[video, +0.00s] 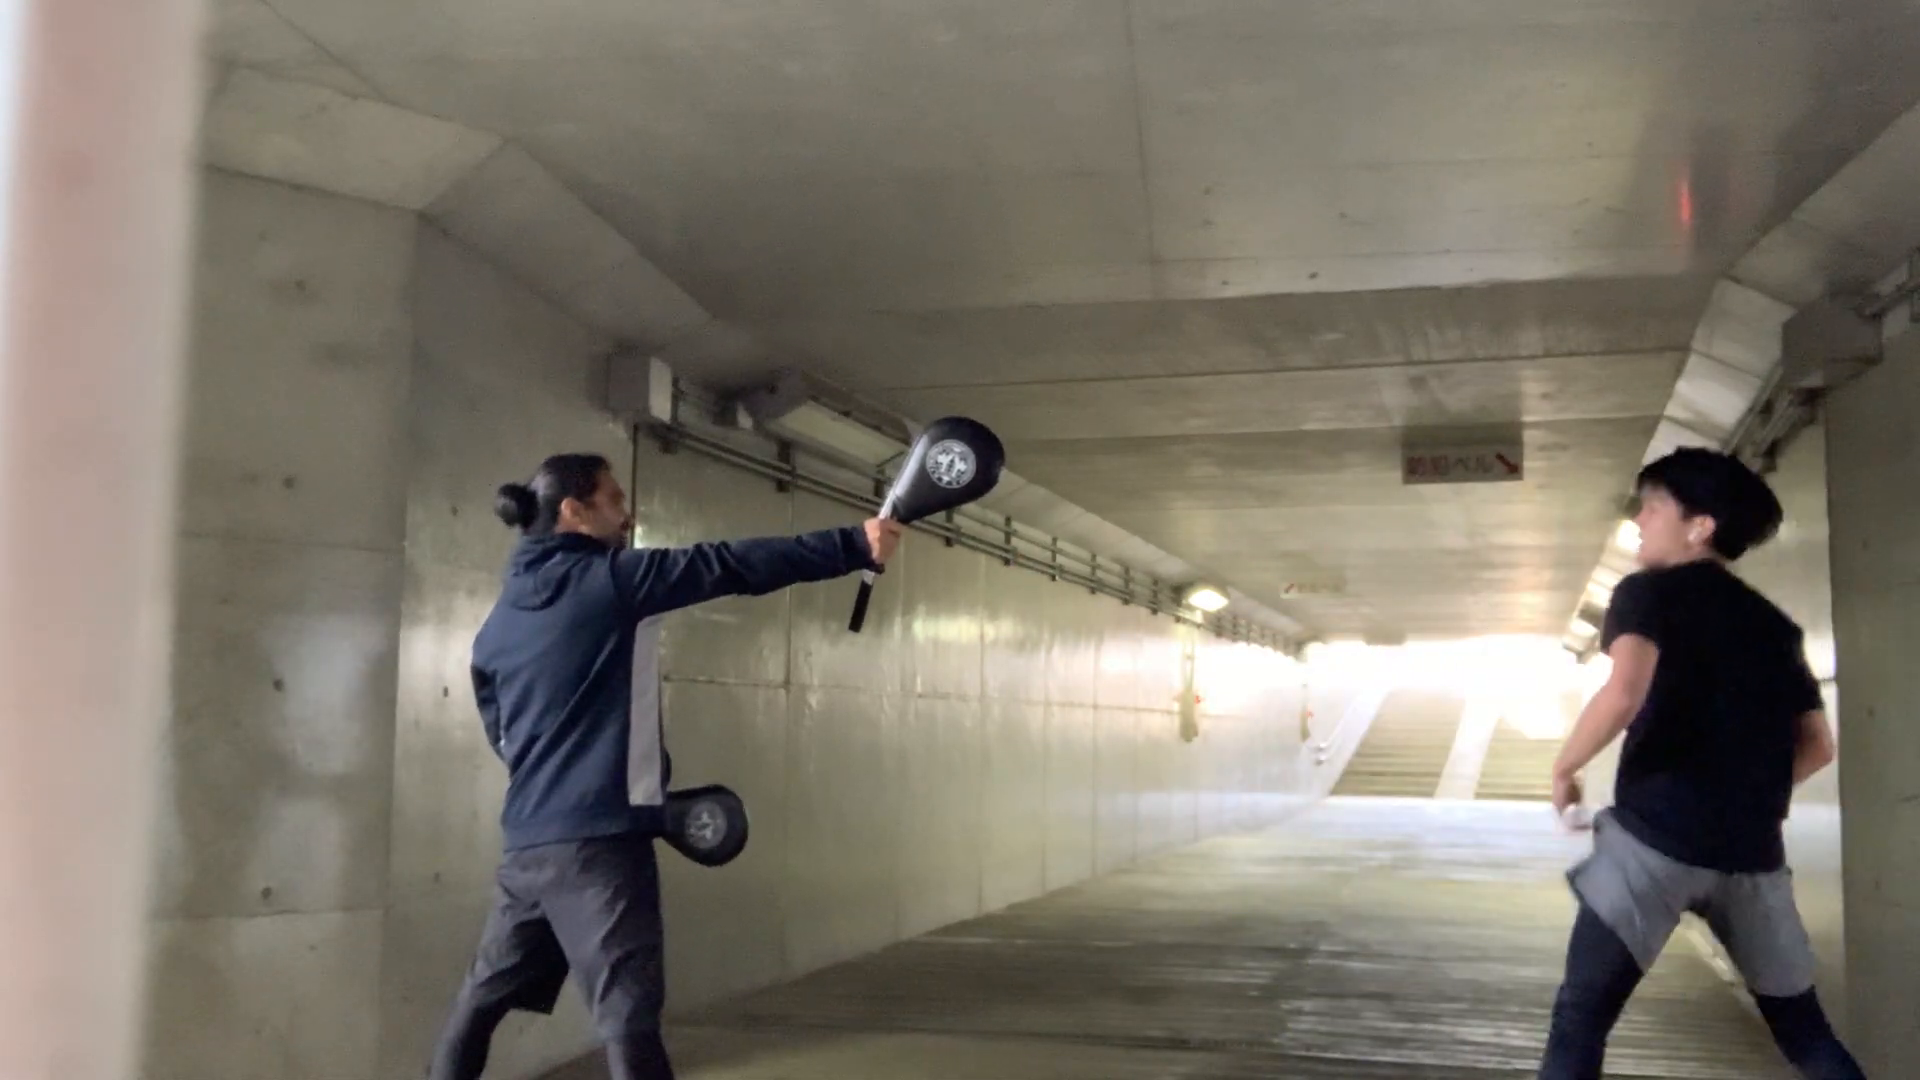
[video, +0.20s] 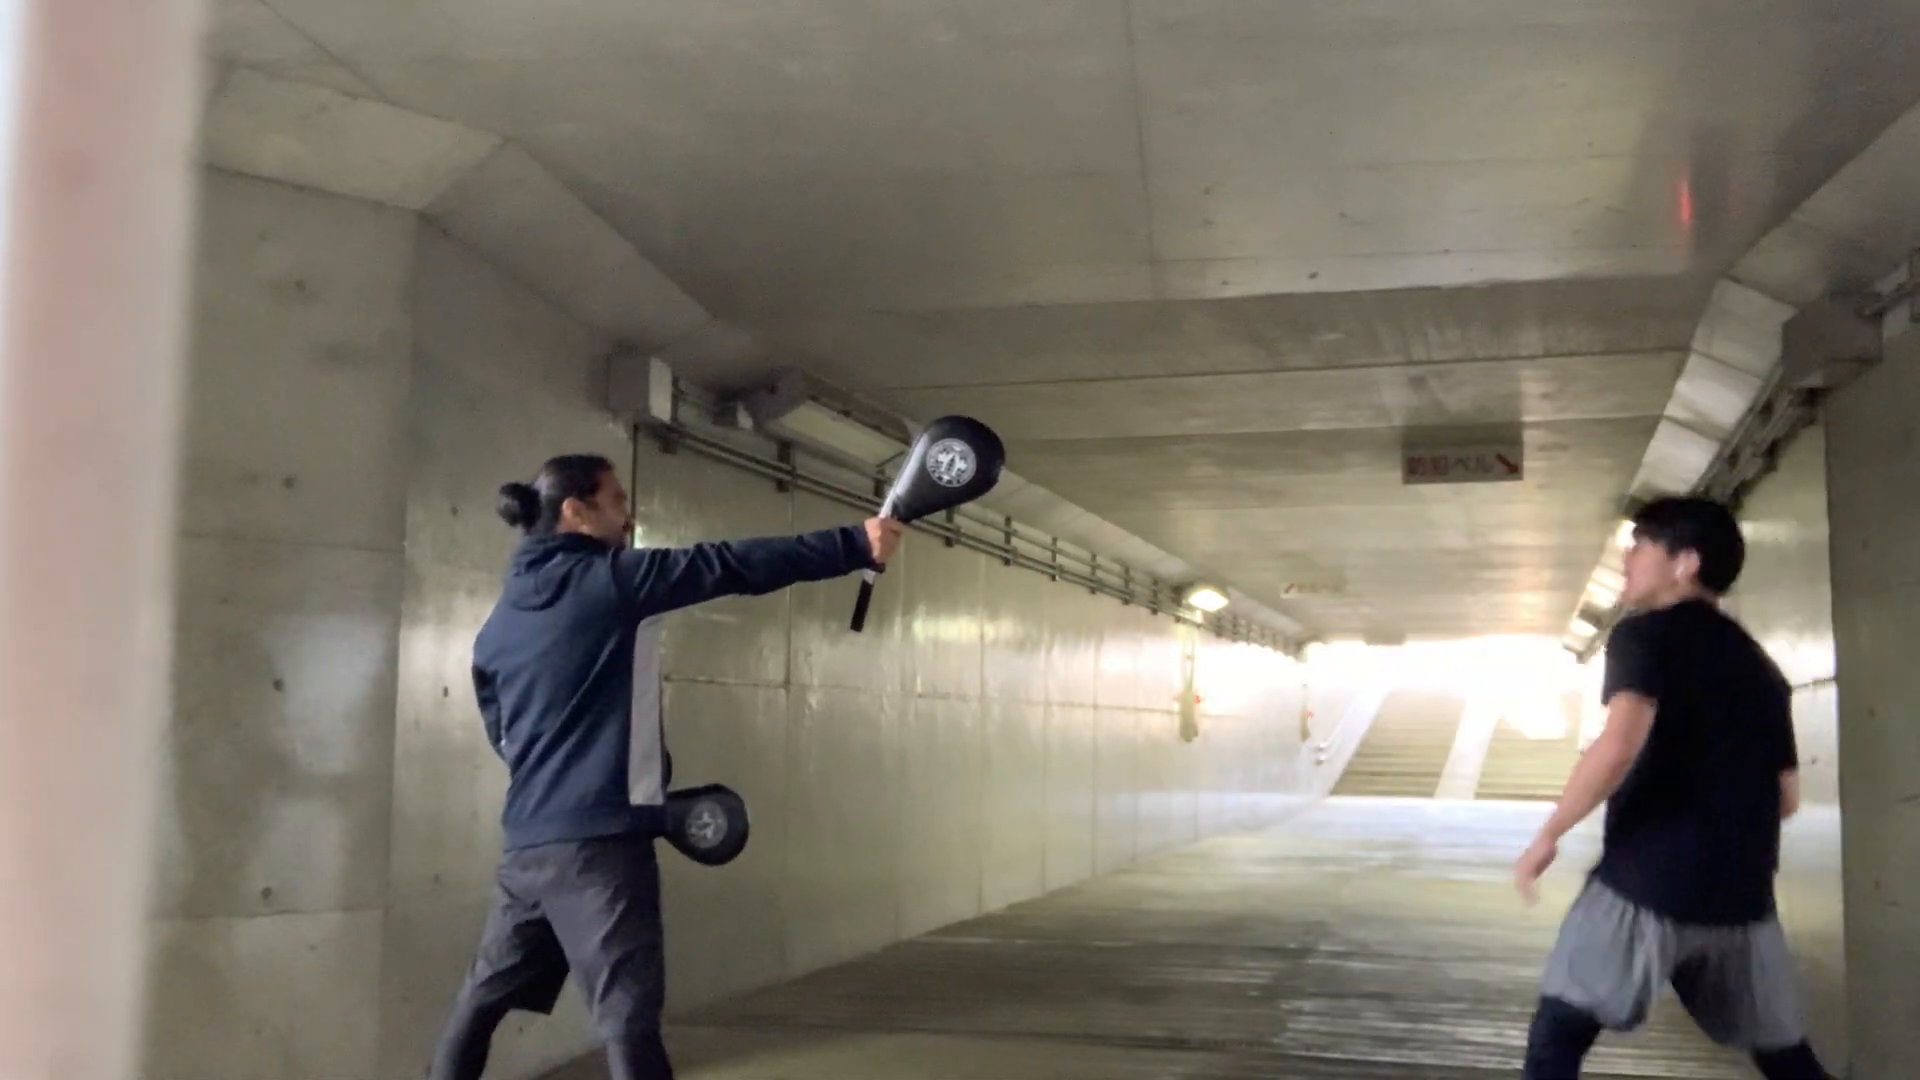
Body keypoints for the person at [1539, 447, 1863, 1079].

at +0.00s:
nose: (1638, 522)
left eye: (1650, 509)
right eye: (1642, 508)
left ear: (1700, 527)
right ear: (1706, 531)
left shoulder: (1649, 591)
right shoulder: (1775, 623)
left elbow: (1627, 690)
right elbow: (1818, 745)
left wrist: (1566, 766)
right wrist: (1749, 788)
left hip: (1657, 840)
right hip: (1753, 850)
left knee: (1578, 1024)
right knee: (1808, 1035)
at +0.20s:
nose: (1626, 558)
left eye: (1641, 545)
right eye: (1631, 544)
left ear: (1686, 563)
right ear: (1692, 566)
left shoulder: (1644, 634)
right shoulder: (1761, 666)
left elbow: (1623, 740)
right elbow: (1786, 796)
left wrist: (1550, 833)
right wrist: (1704, 828)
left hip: (1645, 886)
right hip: (1742, 893)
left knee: (1556, 1042)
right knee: (1789, 1059)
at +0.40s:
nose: (1640, 535)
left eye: (1652, 520)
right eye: (1643, 519)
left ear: (1702, 538)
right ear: (1707, 541)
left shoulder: (1650, 602)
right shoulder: (1772, 635)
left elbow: (1635, 713)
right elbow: (1792, 770)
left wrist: (1574, 823)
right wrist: (1704, 779)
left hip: (1648, 852)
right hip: (1748, 863)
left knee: (1562, 1028)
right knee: (1790, 1038)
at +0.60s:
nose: (1628, 548)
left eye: (1643, 535)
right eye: (1635, 533)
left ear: (1686, 555)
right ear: (1695, 560)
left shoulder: (1632, 619)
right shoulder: (1760, 649)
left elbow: (1610, 717)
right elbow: (1794, 780)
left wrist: (1549, 823)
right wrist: (1741, 844)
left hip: (1642, 874)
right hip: (1743, 879)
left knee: (1549, 1034)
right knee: (1788, 1050)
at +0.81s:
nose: (1577, 570)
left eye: (1591, 554)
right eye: (1582, 552)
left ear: (1641, 575)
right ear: (1647, 579)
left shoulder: (1585, 643)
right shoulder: (1708, 669)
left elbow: (1548, 747)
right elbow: (1786, 764)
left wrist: (1465, 824)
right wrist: (1810, 864)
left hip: (1611, 890)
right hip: (1708, 894)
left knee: (1490, 1009)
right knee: (1771, 1047)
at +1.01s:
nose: (1511, 567)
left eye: (1529, 556)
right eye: (1519, 552)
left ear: (1570, 582)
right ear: (1567, 583)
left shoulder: (1553, 660)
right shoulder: (1566, 662)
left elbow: (1524, 765)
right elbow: (1576, 800)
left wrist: (1393, 752)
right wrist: (1571, 899)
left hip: (1498, 898)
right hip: (1537, 900)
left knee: (1376, 1032)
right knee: (1533, 1047)